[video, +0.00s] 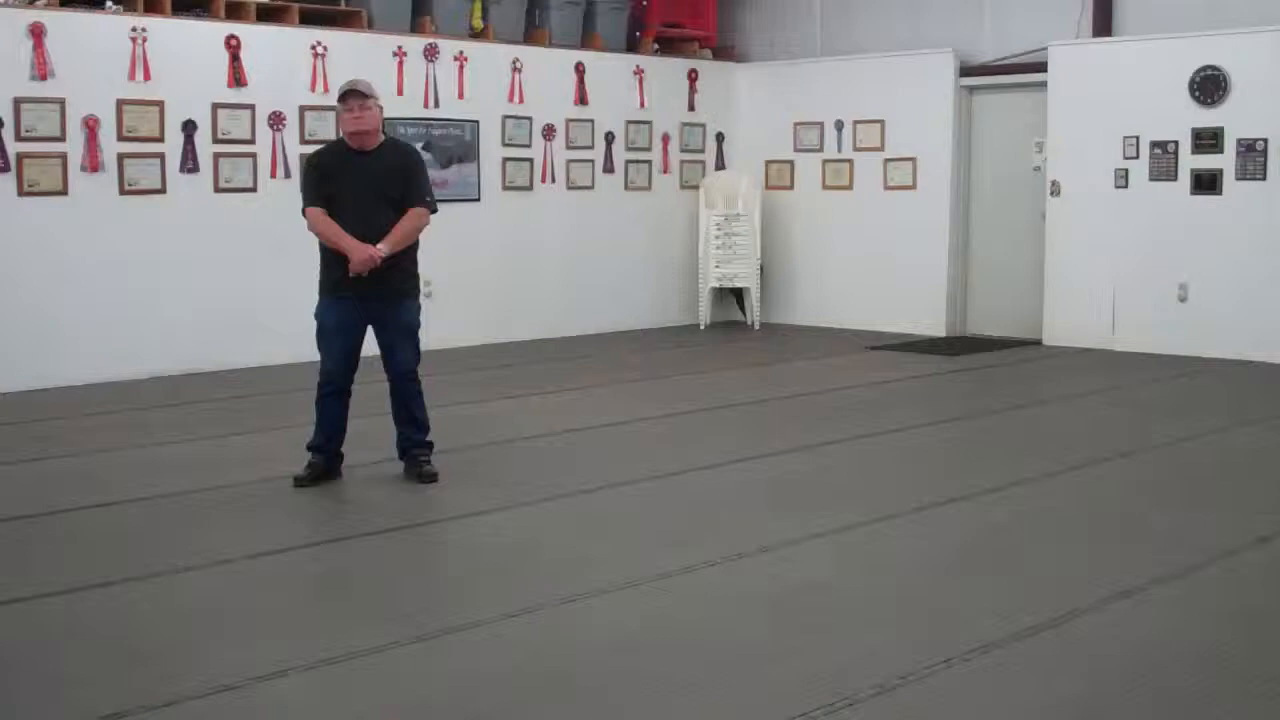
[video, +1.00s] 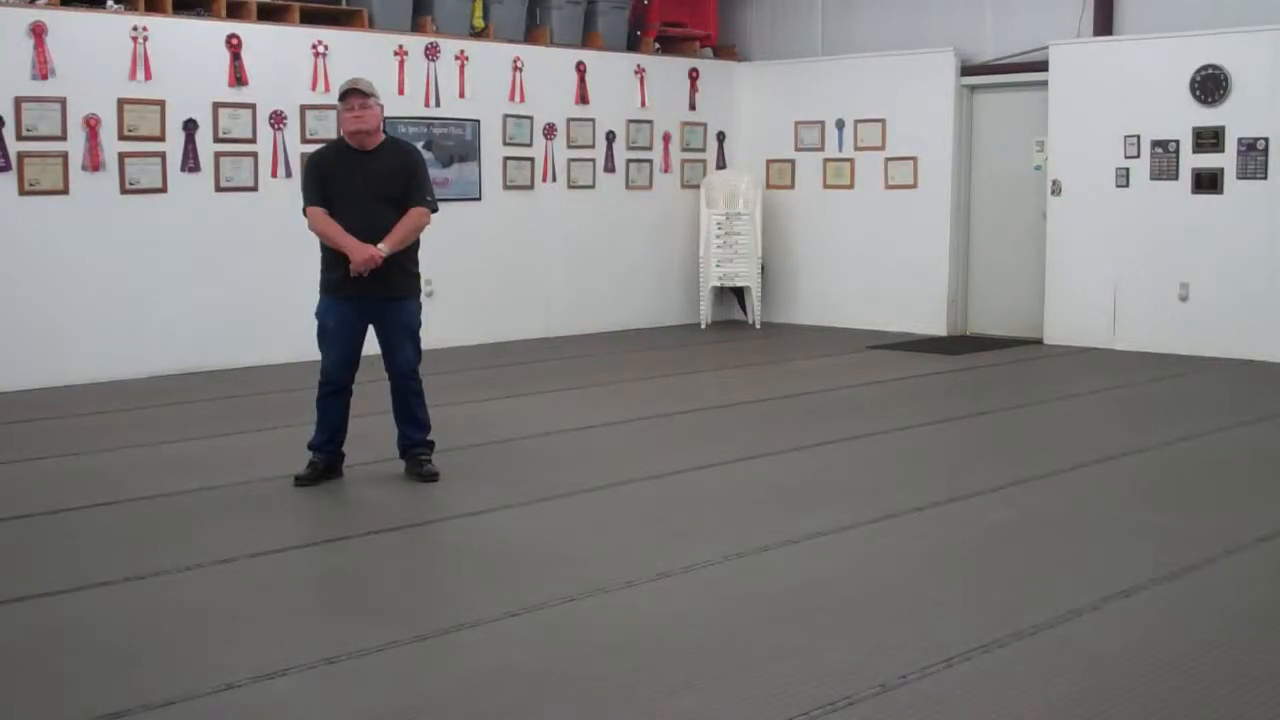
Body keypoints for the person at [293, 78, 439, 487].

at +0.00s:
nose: (357, 115)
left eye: (364, 108)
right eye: (349, 110)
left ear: (379, 112)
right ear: (339, 117)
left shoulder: (405, 157)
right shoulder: (320, 162)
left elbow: (420, 214)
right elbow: (315, 217)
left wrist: (377, 252)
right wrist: (354, 249)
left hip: (396, 288)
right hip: (340, 289)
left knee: (405, 373)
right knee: (333, 376)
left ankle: (417, 454)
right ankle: (324, 457)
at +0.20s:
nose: (357, 116)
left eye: (364, 108)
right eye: (349, 110)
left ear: (380, 112)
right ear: (339, 117)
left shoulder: (405, 157)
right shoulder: (320, 162)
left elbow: (420, 214)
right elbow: (315, 217)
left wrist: (377, 252)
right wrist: (354, 249)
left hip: (396, 287)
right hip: (341, 289)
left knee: (405, 373)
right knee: (333, 376)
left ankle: (417, 453)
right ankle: (325, 456)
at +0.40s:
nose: (357, 115)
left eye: (364, 107)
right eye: (349, 109)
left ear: (379, 113)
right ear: (338, 118)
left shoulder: (406, 157)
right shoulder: (320, 162)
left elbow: (420, 214)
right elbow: (315, 217)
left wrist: (378, 251)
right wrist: (353, 249)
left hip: (396, 288)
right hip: (341, 289)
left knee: (405, 373)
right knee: (333, 376)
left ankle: (417, 452)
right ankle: (325, 456)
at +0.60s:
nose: (357, 114)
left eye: (364, 107)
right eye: (349, 109)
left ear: (380, 112)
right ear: (338, 118)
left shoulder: (405, 156)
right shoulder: (320, 162)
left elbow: (420, 213)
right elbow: (315, 217)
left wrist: (378, 251)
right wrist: (354, 248)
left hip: (396, 288)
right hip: (341, 289)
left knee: (405, 373)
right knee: (334, 376)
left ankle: (417, 452)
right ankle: (325, 456)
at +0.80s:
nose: (357, 114)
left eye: (364, 107)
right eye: (349, 109)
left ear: (380, 112)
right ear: (338, 117)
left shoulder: (406, 156)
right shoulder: (320, 162)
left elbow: (421, 213)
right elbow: (315, 216)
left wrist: (378, 251)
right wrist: (354, 248)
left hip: (397, 288)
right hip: (341, 289)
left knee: (406, 373)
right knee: (334, 376)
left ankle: (418, 452)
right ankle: (326, 456)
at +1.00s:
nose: (357, 113)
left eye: (364, 106)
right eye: (349, 108)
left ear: (380, 112)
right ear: (339, 118)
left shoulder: (406, 156)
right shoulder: (320, 162)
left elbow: (421, 213)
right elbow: (315, 216)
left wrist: (378, 252)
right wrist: (354, 248)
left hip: (397, 288)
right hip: (342, 289)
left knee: (405, 373)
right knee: (334, 376)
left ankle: (418, 452)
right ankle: (326, 456)